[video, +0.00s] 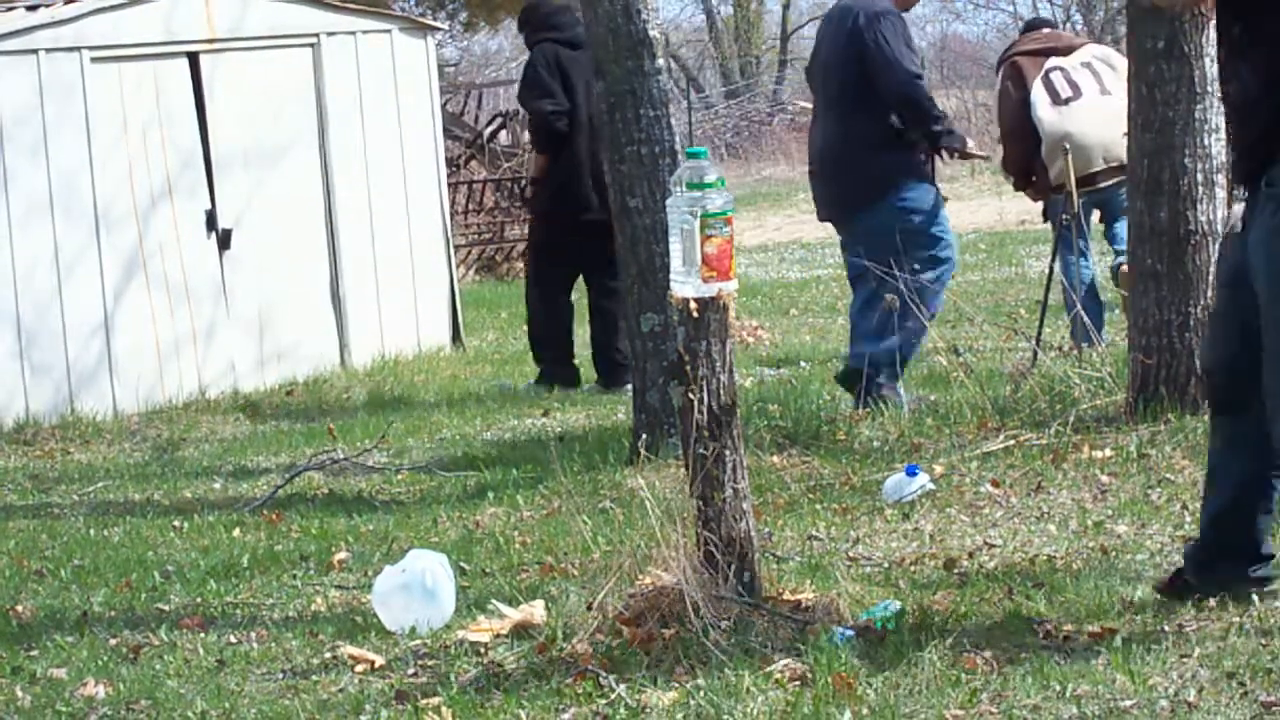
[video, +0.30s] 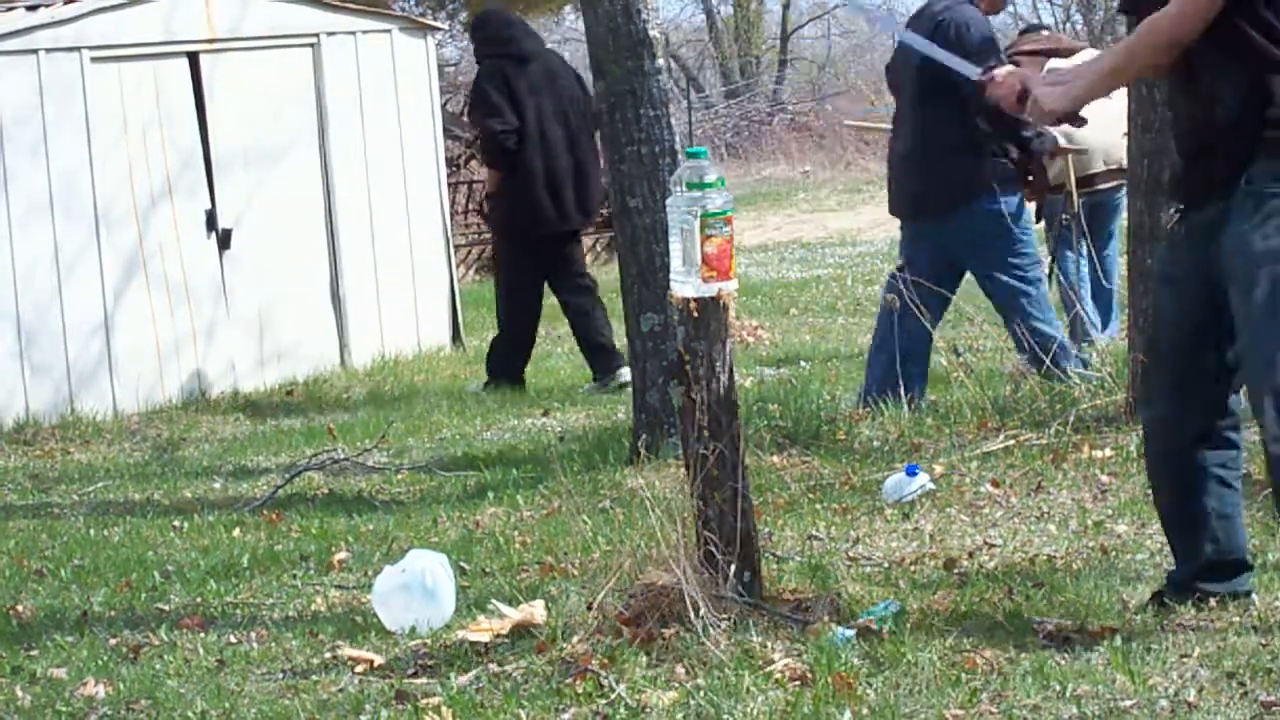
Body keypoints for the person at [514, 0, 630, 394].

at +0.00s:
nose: (526, 38)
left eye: (526, 30)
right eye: (525, 31)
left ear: (536, 26)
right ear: (575, 17)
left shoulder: (545, 57)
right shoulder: (605, 51)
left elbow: (551, 121)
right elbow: (634, 113)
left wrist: (538, 172)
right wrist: (622, 164)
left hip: (562, 196)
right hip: (612, 191)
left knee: (547, 286)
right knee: (610, 284)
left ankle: (557, 374)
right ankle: (617, 372)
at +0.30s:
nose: (475, 50)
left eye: (475, 42)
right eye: (475, 43)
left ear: (484, 40)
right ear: (517, 30)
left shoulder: (492, 74)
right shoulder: (556, 65)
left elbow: (501, 137)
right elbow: (588, 117)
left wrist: (493, 184)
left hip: (521, 202)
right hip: (565, 193)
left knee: (517, 292)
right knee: (575, 284)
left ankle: (506, 376)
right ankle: (610, 368)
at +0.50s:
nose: (445, 50)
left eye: (446, 44)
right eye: (445, 44)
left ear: (455, 42)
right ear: (491, 31)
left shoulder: (462, 76)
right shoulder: (528, 64)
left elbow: (469, 137)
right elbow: (560, 115)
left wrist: (466, 176)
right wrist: (542, 157)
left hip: (491, 197)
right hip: (536, 188)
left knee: (491, 284)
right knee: (526, 271)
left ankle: (503, 377)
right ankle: (568, 337)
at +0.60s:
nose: (436, 50)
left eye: (436, 43)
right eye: (436, 43)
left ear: (443, 42)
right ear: (478, 31)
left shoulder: (450, 78)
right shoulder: (515, 62)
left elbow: (461, 132)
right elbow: (548, 113)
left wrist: (455, 178)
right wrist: (533, 155)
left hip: (483, 192)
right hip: (527, 183)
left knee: (486, 279)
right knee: (510, 271)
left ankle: (501, 372)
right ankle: (539, 350)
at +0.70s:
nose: (427, 49)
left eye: (427, 43)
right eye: (426, 43)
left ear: (435, 40)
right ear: (469, 30)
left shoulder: (442, 72)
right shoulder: (504, 62)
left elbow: (451, 134)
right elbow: (539, 112)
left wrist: (445, 189)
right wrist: (518, 150)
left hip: (475, 190)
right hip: (514, 182)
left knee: (484, 279)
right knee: (497, 276)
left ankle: (502, 373)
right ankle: (504, 369)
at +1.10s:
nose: (400, 62)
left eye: (399, 55)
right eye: (397, 56)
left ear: (409, 46)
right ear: (429, 38)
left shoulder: (425, 70)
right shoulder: (471, 69)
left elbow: (435, 135)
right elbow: (502, 122)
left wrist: (416, 188)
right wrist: (492, 176)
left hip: (446, 194)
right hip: (481, 191)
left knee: (432, 277)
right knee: (469, 276)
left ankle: (483, 361)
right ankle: (465, 365)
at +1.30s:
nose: (381, 65)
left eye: (379, 56)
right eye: (376, 59)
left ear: (395, 43)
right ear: (400, 40)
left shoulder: (422, 69)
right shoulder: (451, 67)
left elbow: (439, 130)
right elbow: (479, 133)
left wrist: (408, 186)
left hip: (440, 200)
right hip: (472, 196)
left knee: (411, 283)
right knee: (458, 280)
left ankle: (431, 379)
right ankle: (469, 369)